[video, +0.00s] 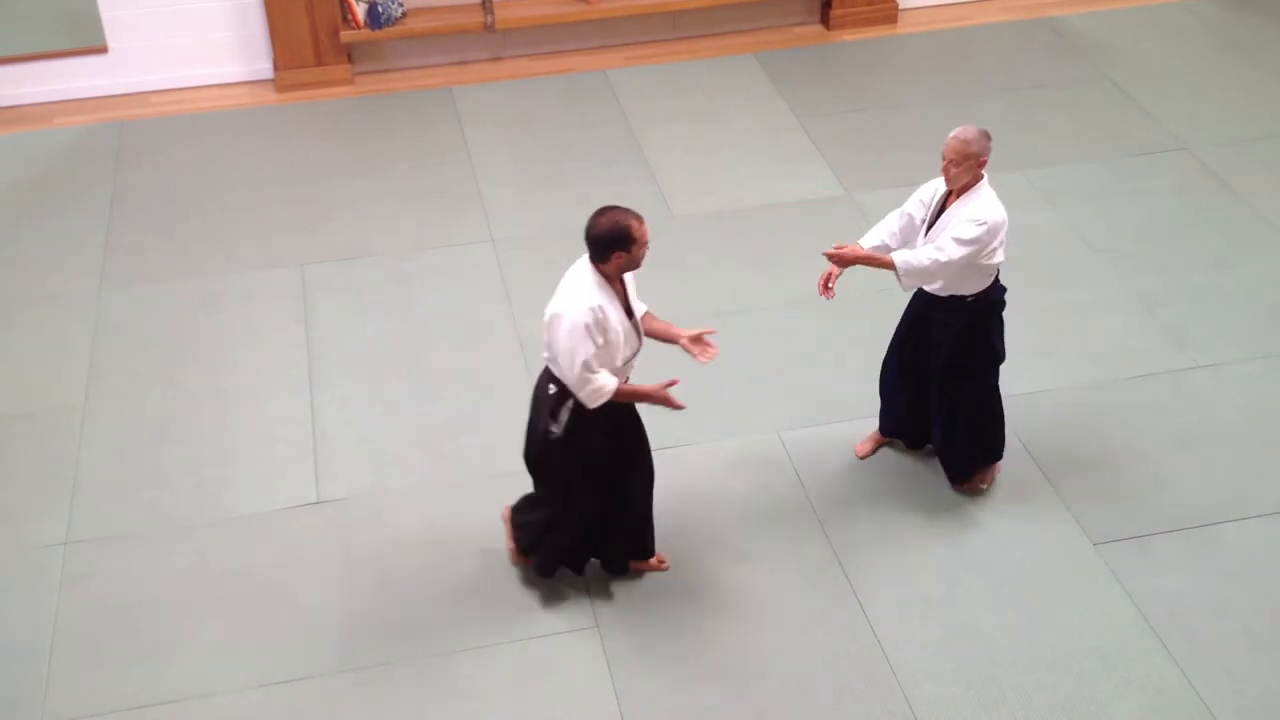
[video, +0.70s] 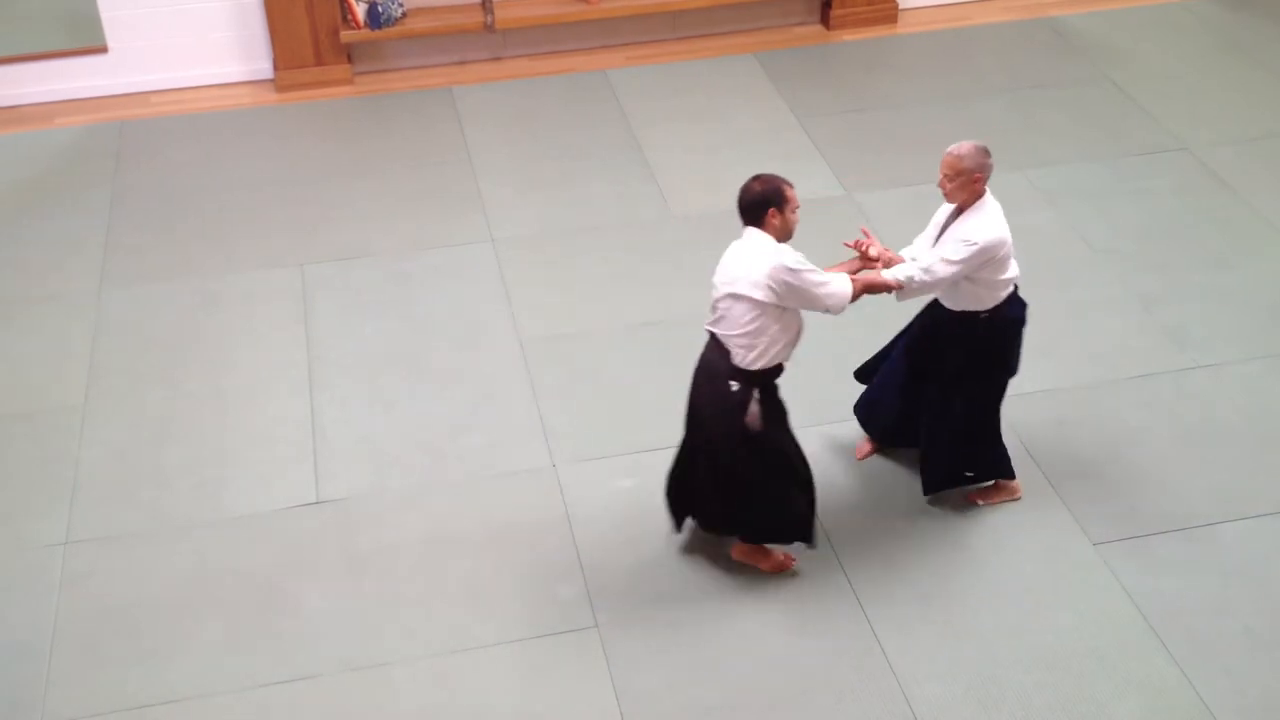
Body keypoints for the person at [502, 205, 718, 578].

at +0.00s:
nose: (646, 249)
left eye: (645, 243)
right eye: (642, 246)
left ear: (615, 254)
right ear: (618, 257)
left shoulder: (617, 272)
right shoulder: (576, 310)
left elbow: (636, 315)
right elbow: (587, 385)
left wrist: (679, 336)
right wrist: (645, 394)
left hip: (610, 400)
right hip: (571, 414)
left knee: (633, 475)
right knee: (581, 493)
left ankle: (629, 553)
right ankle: (523, 522)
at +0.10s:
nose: (665, 240)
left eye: (663, 234)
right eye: (660, 236)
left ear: (632, 245)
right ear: (638, 248)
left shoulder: (625, 268)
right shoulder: (601, 304)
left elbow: (657, 309)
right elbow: (632, 377)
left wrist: (704, 321)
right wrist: (691, 377)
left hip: (619, 394)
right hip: (587, 405)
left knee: (640, 470)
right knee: (593, 485)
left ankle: (633, 550)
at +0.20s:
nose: (679, 238)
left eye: (677, 232)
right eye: (675, 234)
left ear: (643, 242)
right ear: (655, 247)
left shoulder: (628, 268)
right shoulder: (628, 302)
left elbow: (675, 303)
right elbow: (687, 359)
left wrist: (729, 308)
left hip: (629, 395)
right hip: (603, 409)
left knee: (666, 452)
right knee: (592, 487)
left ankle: (645, 540)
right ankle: (555, 552)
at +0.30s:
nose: (699, 234)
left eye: (696, 227)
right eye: (694, 230)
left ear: (664, 240)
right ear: (676, 245)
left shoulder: (641, 271)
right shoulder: (665, 297)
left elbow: (705, 299)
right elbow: (738, 338)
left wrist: (760, 295)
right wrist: (790, 317)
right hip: (626, 409)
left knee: (680, 454)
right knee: (602, 488)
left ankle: (670, 525)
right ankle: (554, 549)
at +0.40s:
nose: (722, 229)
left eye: (719, 223)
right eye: (718, 225)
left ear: (688, 236)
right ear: (699, 239)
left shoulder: (672, 268)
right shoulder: (691, 287)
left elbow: (742, 294)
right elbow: (769, 310)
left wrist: (799, 282)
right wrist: (822, 291)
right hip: (652, 407)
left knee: (698, 457)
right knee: (643, 490)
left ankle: (692, 523)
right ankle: (581, 536)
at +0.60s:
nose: (774, 215)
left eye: (772, 208)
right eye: (768, 209)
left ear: (740, 218)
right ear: (748, 218)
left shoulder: (723, 251)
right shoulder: (747, 261)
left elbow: (794, 279)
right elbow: (808, 287)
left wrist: (843, 267)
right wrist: (852, 269)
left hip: (689, 375)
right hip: (712, 393)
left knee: (705, 466)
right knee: (755, 474)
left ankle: (687, 534)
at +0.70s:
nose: (798, 214)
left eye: (796, 207)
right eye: (793, 208)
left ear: (762, 215)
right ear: (773, 215)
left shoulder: (738, 250)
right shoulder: (776, 263)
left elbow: (804, 281)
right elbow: (836, 293)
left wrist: (854, 266)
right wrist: (872, 281)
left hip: (714, 371)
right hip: (746, 391)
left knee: (726, 451)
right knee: (780, 470)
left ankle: (714, 513)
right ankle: (749, 545)